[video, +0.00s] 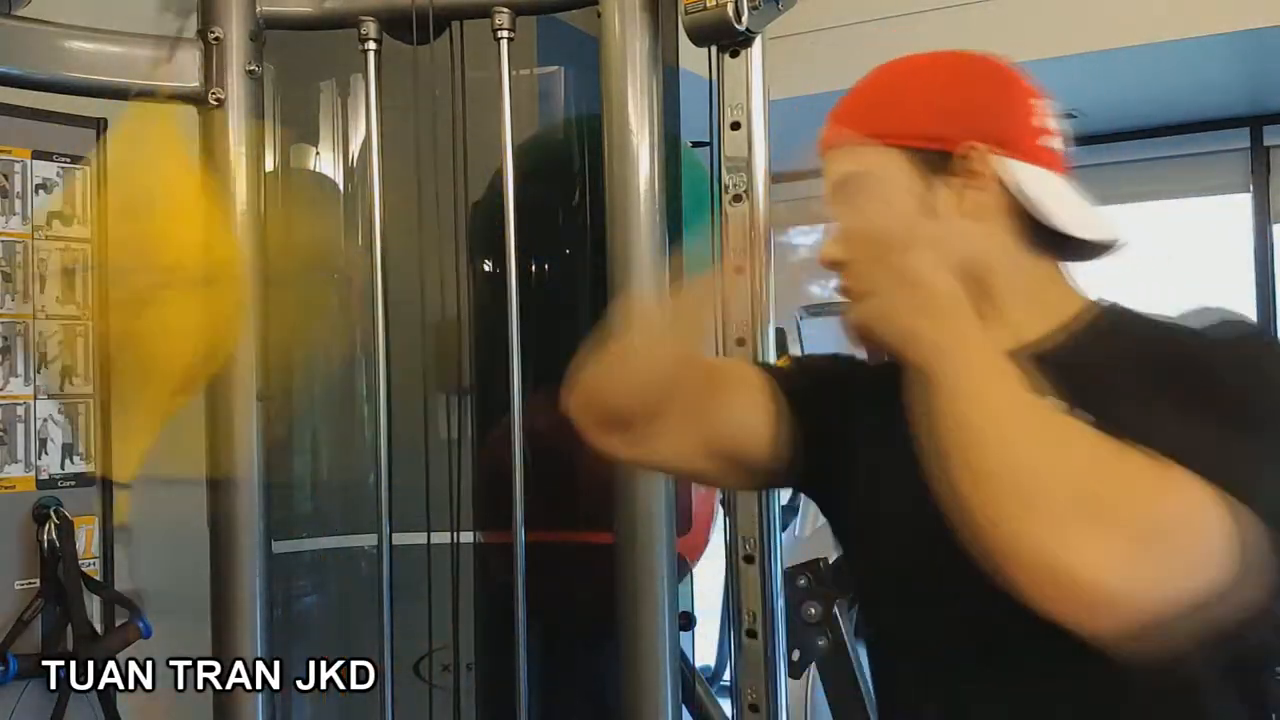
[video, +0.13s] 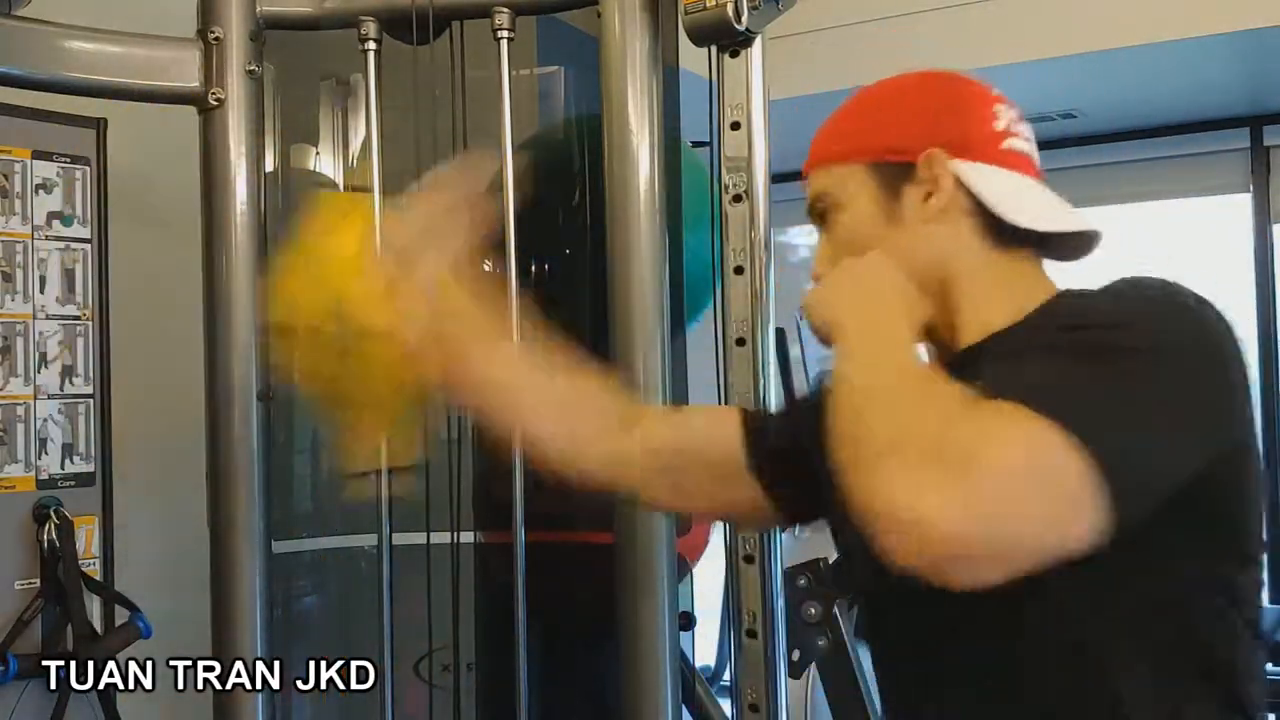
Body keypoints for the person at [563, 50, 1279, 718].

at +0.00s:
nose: (827, 251)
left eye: (849, 197)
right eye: (830, 209)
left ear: (970, 185)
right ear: (966, 189)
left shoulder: (1226, 374)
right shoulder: (864, 409)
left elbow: (1117, 580)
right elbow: (611, 404)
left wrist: (938, 325)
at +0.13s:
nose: (817, 266)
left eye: (829, 221)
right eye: (815, 230)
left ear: (931, 193)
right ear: (928, 202)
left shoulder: (1164, 341)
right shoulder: (892, 417)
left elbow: (942, 517)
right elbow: (620, 440)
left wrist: (871, 330)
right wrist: (435, 304)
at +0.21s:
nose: (809, 297)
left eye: (811, 250)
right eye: (802, 261)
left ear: (894, 220)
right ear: (894, 225)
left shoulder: (1088, 347)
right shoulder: (959, 414)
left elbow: (827, 559)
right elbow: (814, 660)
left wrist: (816, 357)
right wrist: (540, 510)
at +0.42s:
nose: (763, 362)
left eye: (766, 322)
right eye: (756, 331)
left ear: (857, 293)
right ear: (862, 294)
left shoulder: (979, 431)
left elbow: (723, 663)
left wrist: (727, 419)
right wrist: (725, 434)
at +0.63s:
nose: (755, 248)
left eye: (779, 199)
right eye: (756, 214)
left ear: (903, 183)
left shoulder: (1119, 344)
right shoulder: (831, 448)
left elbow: (1008, 500)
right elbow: (776, 650)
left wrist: (855, 341)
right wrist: (546, 533)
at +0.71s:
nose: (777, 225)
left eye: (807, 177)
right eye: (775, 193)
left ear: (937, 166)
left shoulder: (1163, 334)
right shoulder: (789, 411)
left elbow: (1149, 504)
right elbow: (549, 469)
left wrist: (929, 270)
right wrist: (386, 353)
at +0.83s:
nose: (800, 244)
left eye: (828, 196)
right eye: (791, 209)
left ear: (956, 181)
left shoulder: (1182, 384)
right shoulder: (801, 395)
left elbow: (1203, 614)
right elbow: (558, 347)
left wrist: (984, 308)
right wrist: (686, 199)